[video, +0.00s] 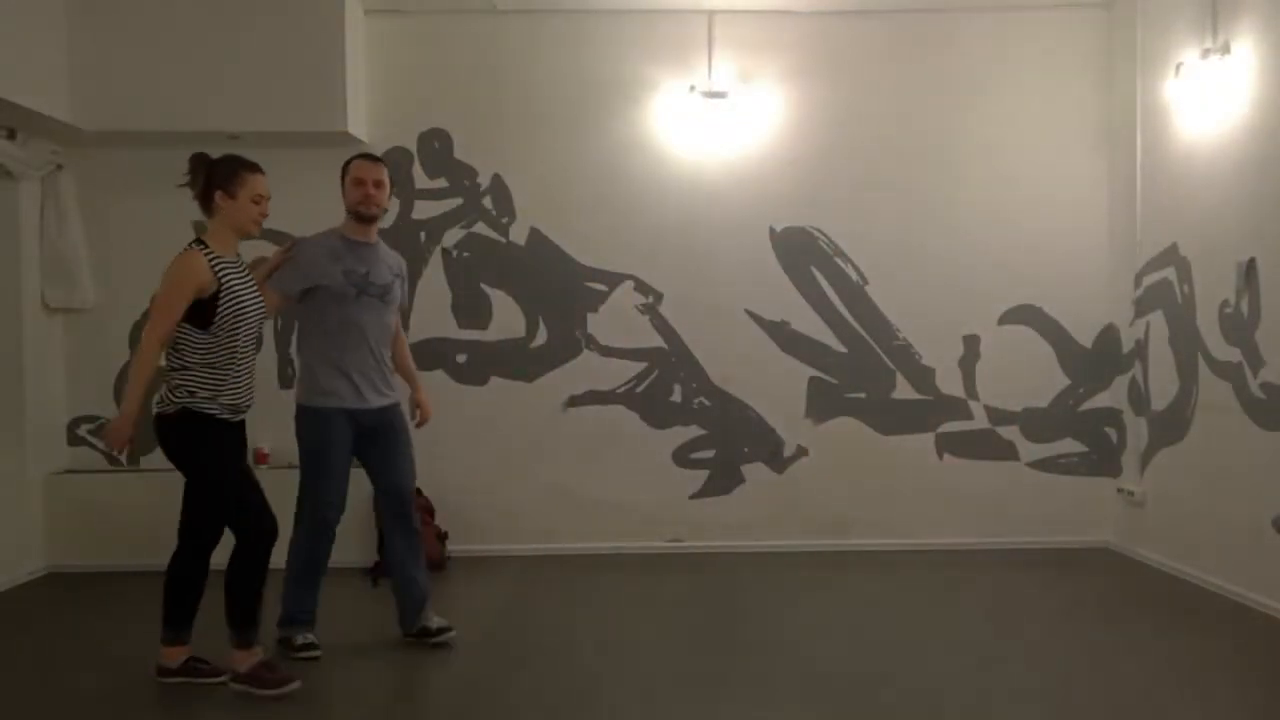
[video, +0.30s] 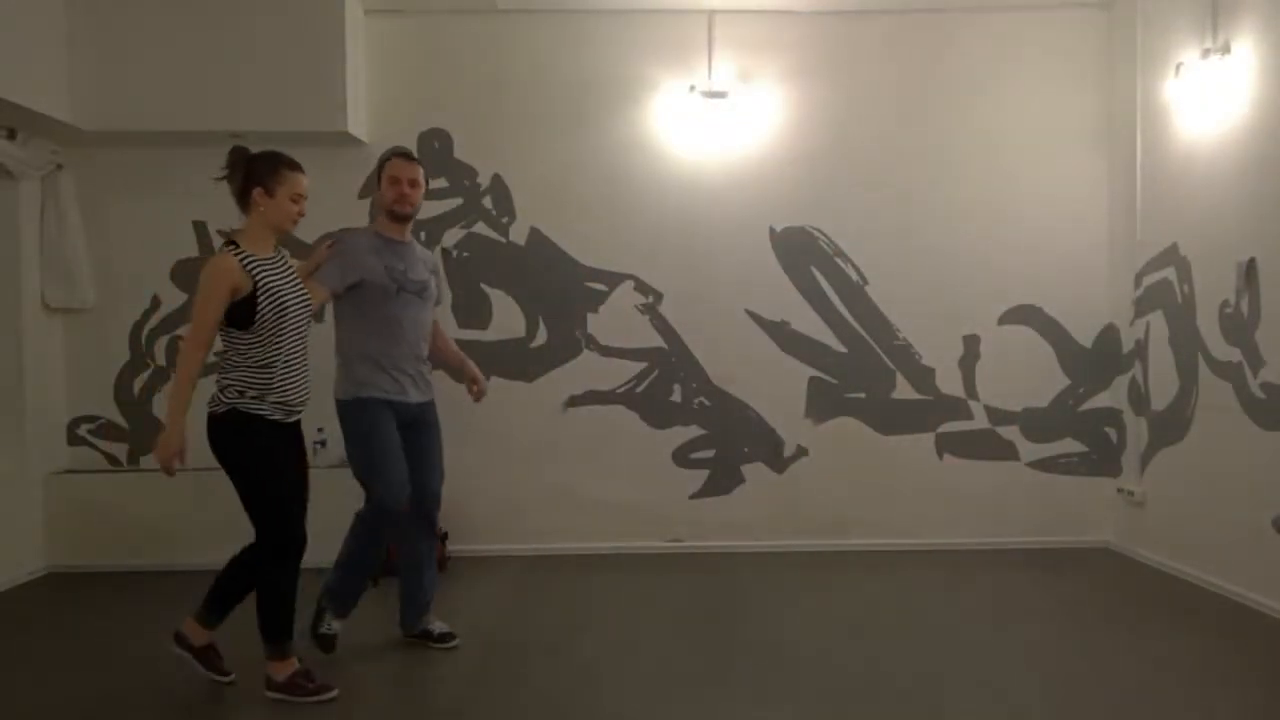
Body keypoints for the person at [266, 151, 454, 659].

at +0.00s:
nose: (369, 192)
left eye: (378, 185)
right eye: (359, 184)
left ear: (389, 195)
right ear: (343, 192)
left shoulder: (394, 265)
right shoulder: (312, 252)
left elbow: (393, 334)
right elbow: (254, 307)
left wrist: (416, 385)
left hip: (381, 403)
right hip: (324, 404)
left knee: (401, 506)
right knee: (320, 515)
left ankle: (416, 615)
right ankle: (297, 625)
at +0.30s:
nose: (405, 191)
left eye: (414, 184)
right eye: (395, 182)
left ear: (423, 194)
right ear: (377, 190)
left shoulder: (427, 262)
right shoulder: (349, 248)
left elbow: (432, 335)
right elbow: (297, 303)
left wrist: (465, 368)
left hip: (417, 395)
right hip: (364, 394)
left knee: (424, 503)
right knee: (389, 499)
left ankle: (417, 616)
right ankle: (334, 606)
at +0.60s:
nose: (416, 188)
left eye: (424, 181)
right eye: (407, 179)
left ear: (435, 192)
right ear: (389, 188)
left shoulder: (439, 259)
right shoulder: (367, 246)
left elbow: (447, 328)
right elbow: (319, 301)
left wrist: (492, 340)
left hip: (431, 399)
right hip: (380, 397)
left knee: (433, 508)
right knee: (403, 507)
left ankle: (424, 615)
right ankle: (418, 627)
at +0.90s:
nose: (414, 187)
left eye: (422, 180)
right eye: (404, 178)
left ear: (433, 192)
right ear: (387, 188)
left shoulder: (437, 260)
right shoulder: (365, 247)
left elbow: (444, 332)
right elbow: (314, 296)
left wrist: (486, 338)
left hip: (429, 398)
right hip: (377, 397)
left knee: (433, 510)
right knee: (404, 510)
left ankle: (425, 619)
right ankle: (418, 630)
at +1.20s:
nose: (383, 185)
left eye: (391, 178)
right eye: (374, 178)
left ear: (405, 190)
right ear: (359, 187)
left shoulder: (414, 259)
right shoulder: (334, 250)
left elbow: (419, 323)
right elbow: (297, 316)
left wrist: (468, 337)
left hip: (406, 398)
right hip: (351, 398)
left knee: (416, 510)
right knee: (367, 509)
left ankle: (417, 619)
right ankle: (329, 623)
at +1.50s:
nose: (330, 186)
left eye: (340, 179)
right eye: (321, 179)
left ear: (355, 191)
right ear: (307, 190)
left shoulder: (369, 262)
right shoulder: (283, 250)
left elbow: (379, 329)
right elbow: (248, 306)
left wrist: (404, 338)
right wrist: (208, 320)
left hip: (356, 408)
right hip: (295, 407)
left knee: (382, 511)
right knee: (294, 523)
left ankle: (407, 615)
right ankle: (282, 635)